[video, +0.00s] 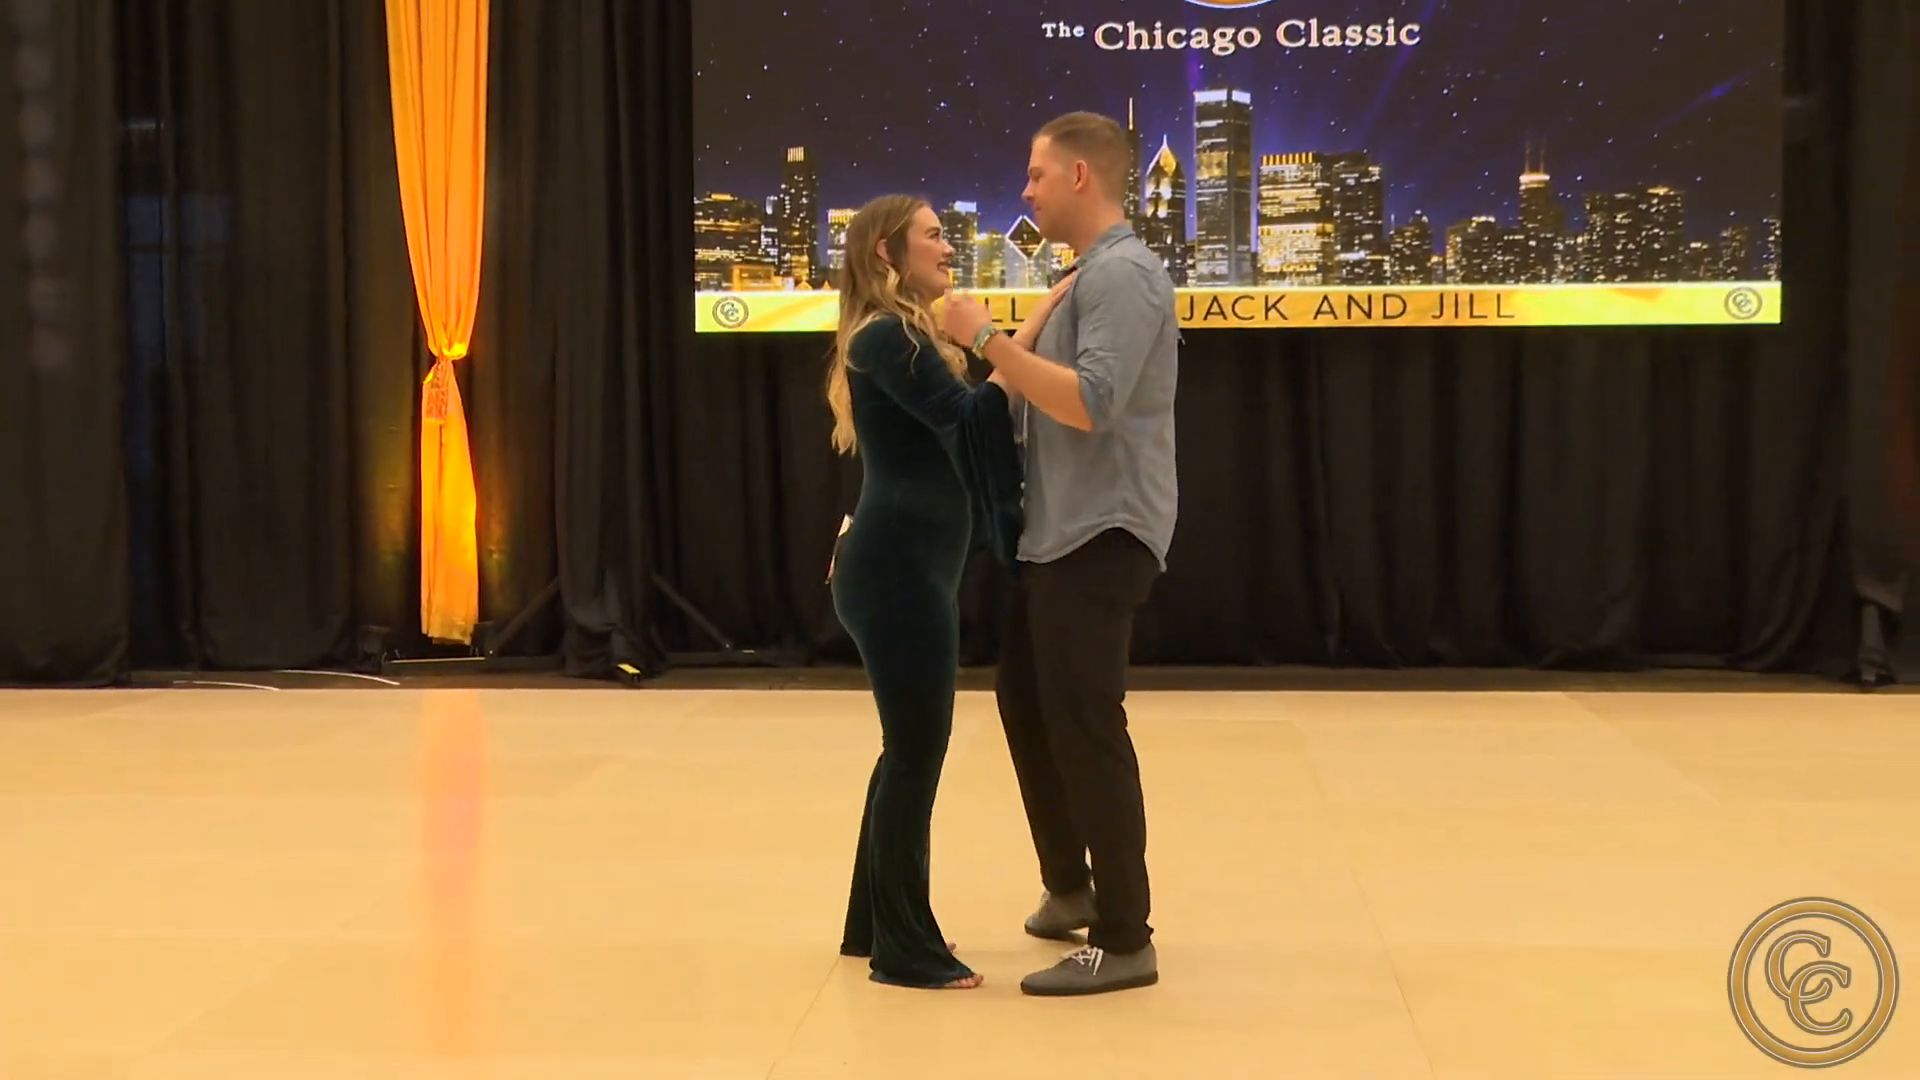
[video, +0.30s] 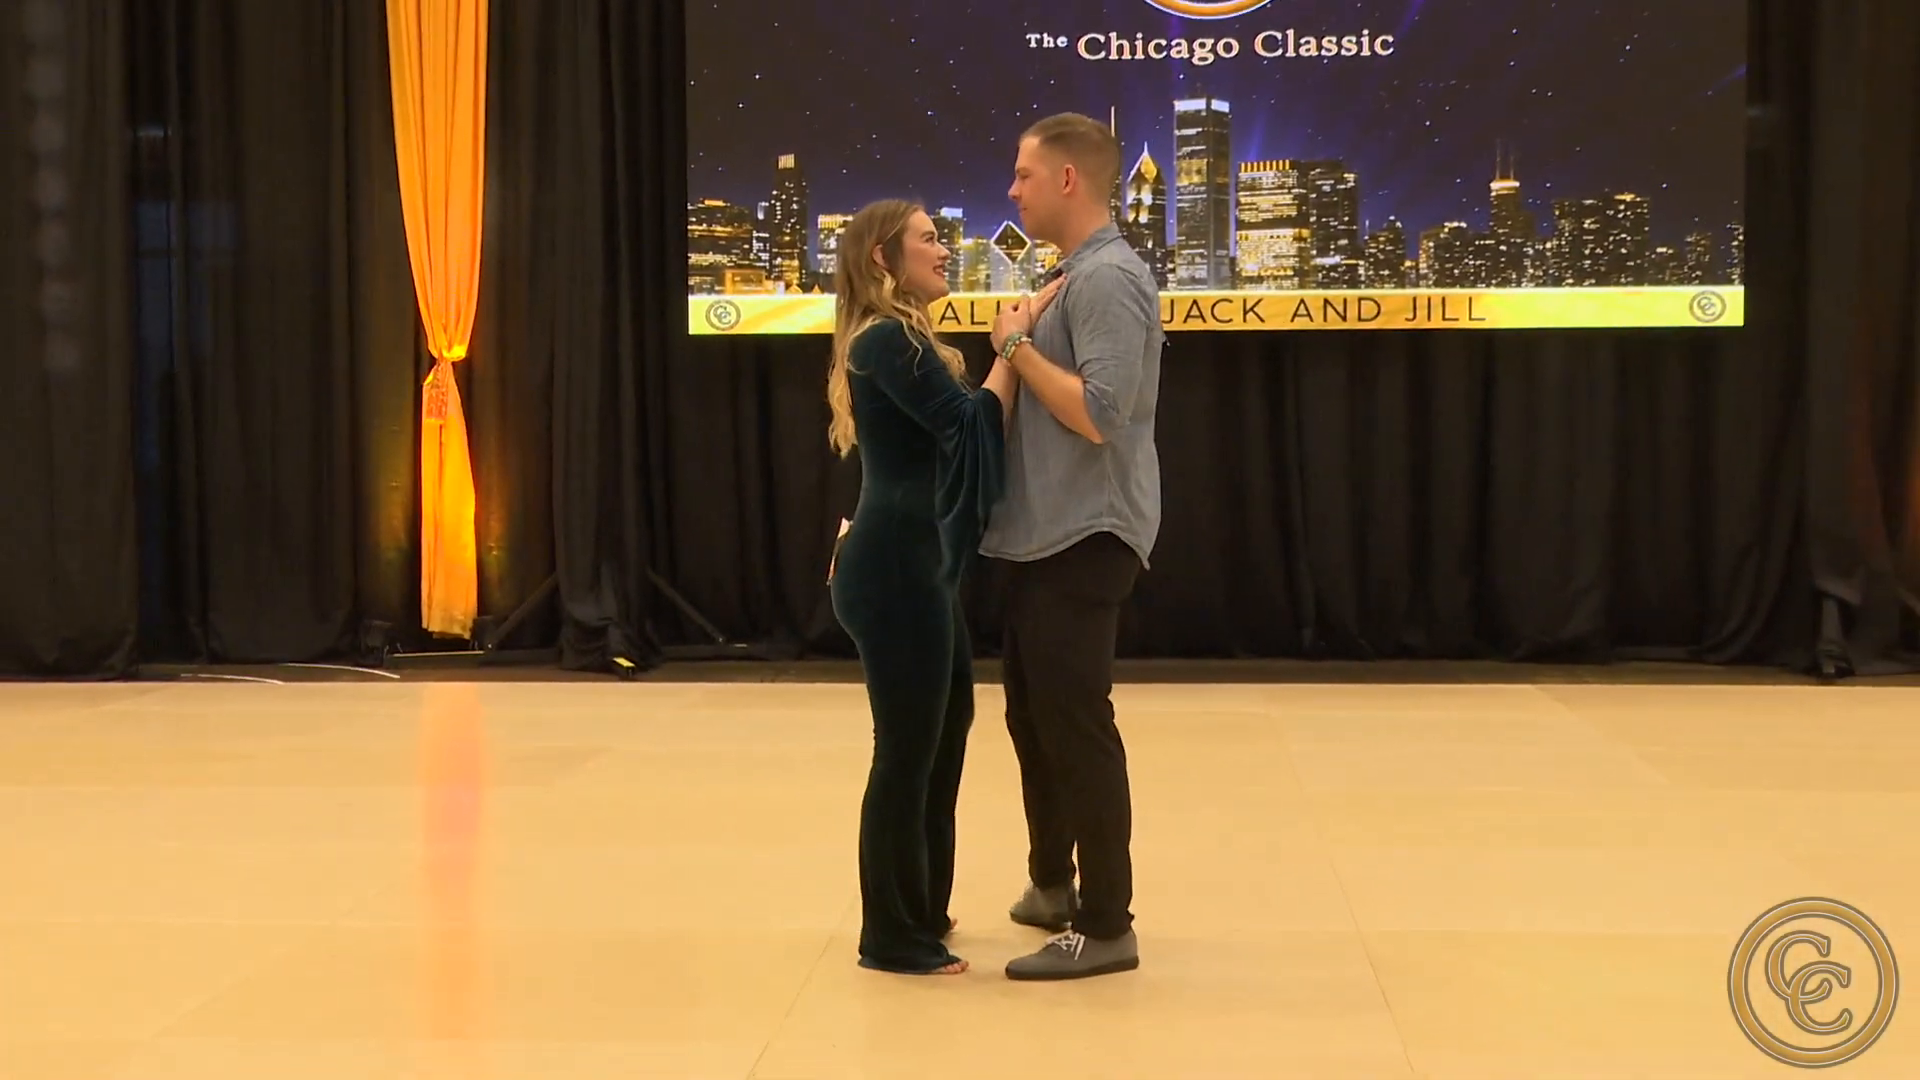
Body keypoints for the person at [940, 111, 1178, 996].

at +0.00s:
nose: (1026, 189)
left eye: (1036, 173)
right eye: (1028, 174)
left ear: (1080, 177)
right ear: (1082, 177)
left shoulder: (1123, 273)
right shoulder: (1080, 278)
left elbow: (1091, 402)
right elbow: (1033, 406)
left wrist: (987, 340)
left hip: (1103, 530)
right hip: (1057, 530)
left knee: (1085, 719)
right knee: (1028, 708)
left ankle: (1125, 945)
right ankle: (1072, 893)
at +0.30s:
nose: (1013, 192)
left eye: (1023, 175)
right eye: (1016, 176)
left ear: (1070, 182)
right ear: (1072, 182)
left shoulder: (1110, 276)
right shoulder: (1063, 280)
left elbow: (1100, 416)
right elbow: (1023, 403)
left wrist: (1018, 347)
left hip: (1088, 532)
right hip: (1042, 532)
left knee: (1077, 719)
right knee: (1034, 713)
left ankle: (1107, 930)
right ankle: (1057, 888)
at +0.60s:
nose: (1013, 201)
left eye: (1024, 186)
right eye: (1016, 186)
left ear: (1071, 193)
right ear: (1072, 194)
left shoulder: (1107, 289)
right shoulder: (1068, 289)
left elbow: (1098, 426)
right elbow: (1036, 413)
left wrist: (1017, 358)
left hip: (1085, 540)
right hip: (1053, 538)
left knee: (1083, 725)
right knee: (1062, 718)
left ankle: (1099, 918)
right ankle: (1059, 881)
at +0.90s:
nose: (1013, 216)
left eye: (1022, 201)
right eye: (1014, 201)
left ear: (1067, 205)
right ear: (1067, 206)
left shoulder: (1101, 295)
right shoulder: (1068, 294)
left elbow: (1092, 425)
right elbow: (1035, 411)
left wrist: (1017, 364)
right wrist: (1022, 361)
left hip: (1084, 536)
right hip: (1052, 533)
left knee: (1076, 714)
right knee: (1046, 706)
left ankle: (1092, 908)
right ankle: (1074, 871)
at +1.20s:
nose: (1011, 230)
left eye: (1019, 215)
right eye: (1011, 215)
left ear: (1065, 216)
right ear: (1061, 217)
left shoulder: (1102, 305)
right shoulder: (1056, 301)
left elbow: (1098, 437)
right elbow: (1024, 411)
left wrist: (1018, 369)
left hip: (1079, 537)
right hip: (1045, 534)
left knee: (1066, 710)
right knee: (1049, 705)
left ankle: (1090, 901)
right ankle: (1076, 869)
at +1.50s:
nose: (1003, 242)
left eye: (1011, 227)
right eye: (1001, 228)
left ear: (1058, 223)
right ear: (1047, 225)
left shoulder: (1102, 312)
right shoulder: (1038, 306)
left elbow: (1108, 444)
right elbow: (1001, 409)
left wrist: (1021, 379)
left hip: (1078, 535)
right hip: (1042, 530)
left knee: (1032, 692)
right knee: (1059, 695)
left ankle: (1073, 883)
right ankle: (1077, 866)